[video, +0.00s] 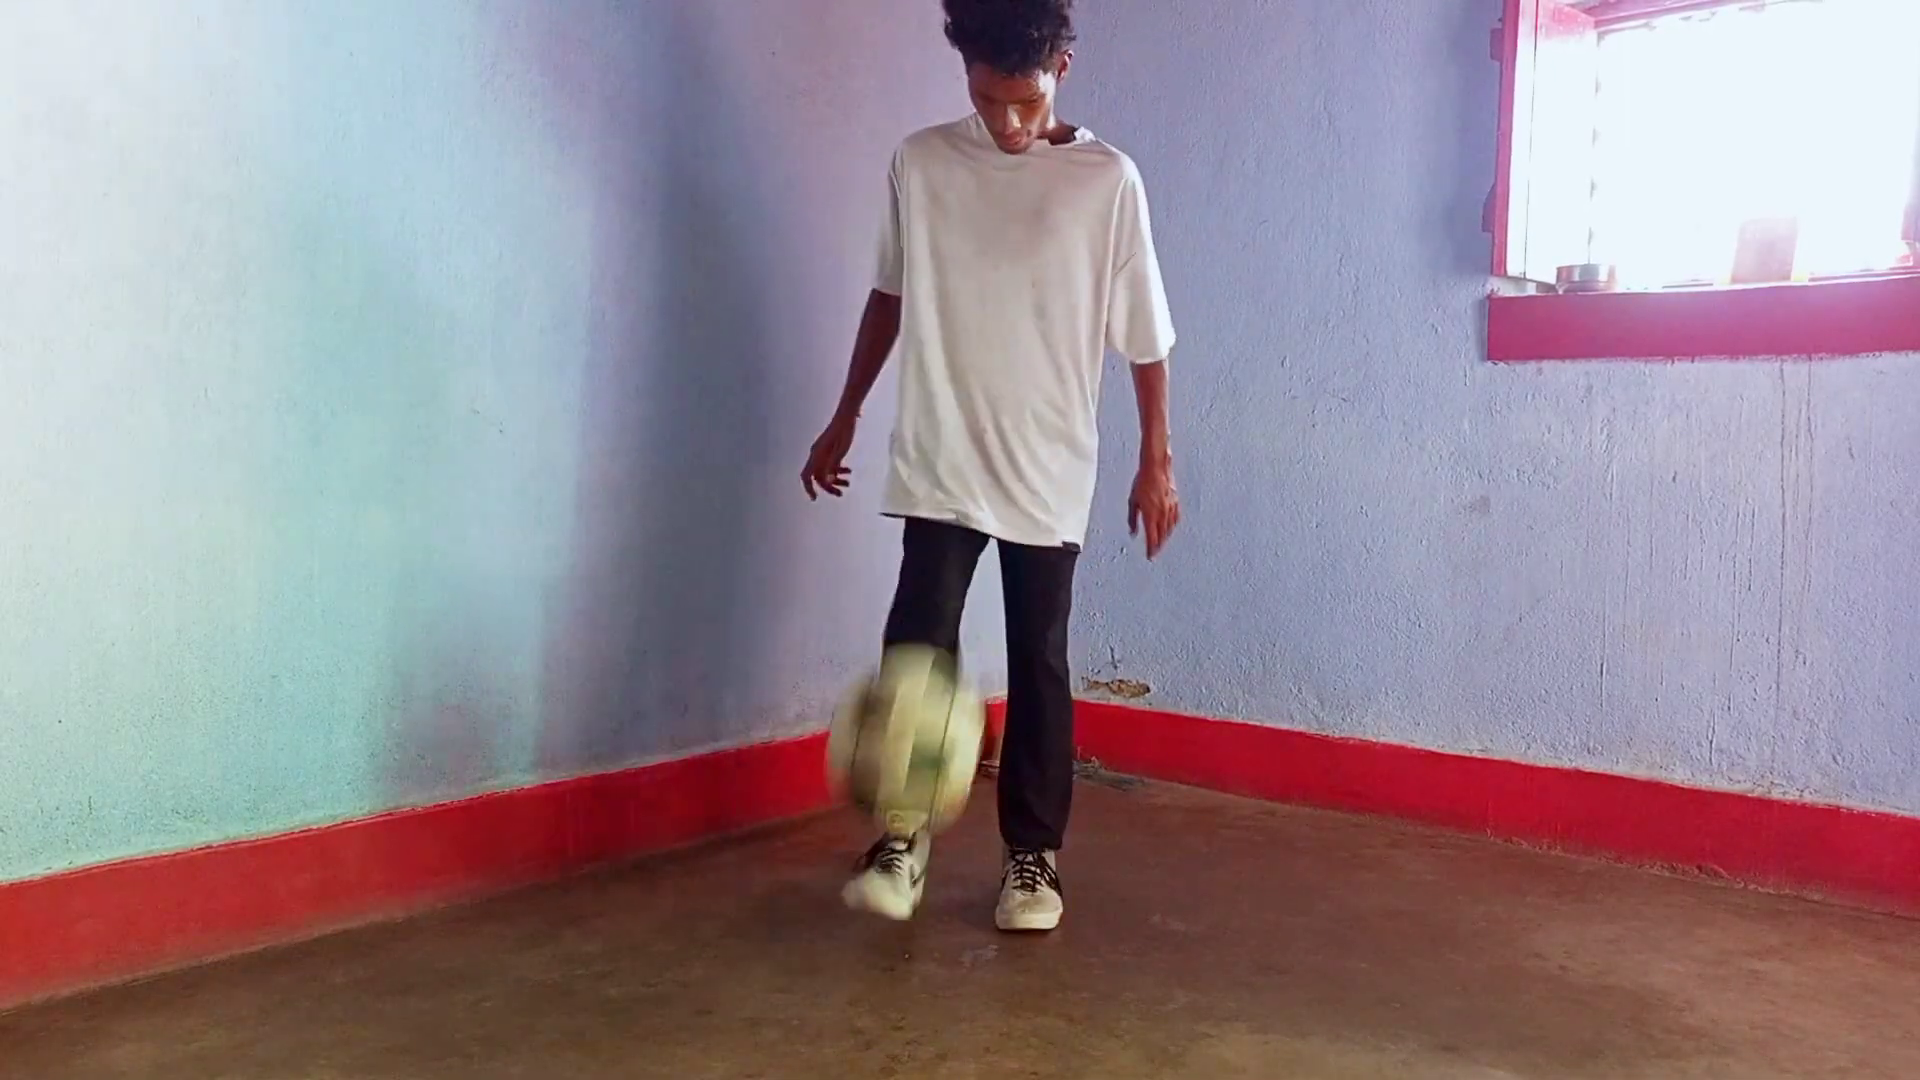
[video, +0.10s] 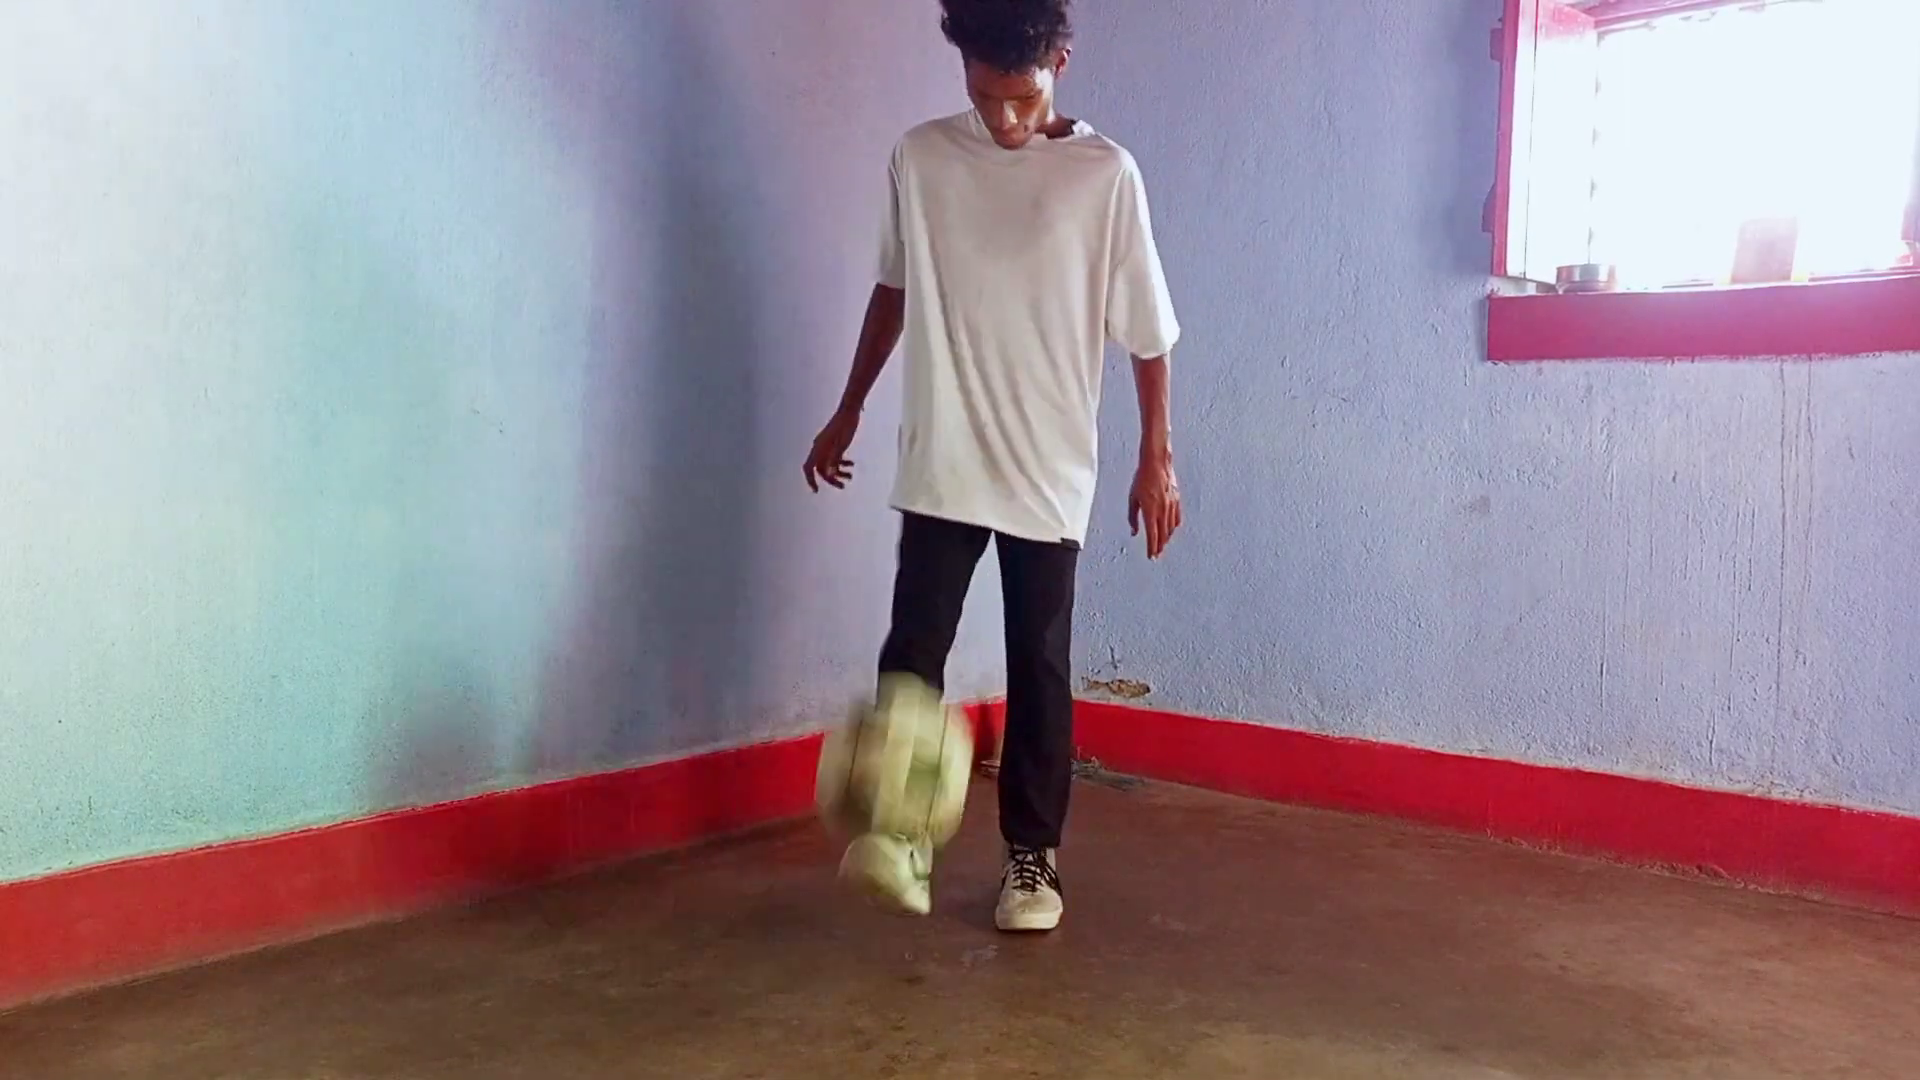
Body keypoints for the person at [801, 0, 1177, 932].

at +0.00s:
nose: (1008, 123)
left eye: (1027, 102)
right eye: (990, 101)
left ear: (1062, 69)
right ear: (964, 68)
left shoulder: (1108, 180)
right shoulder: (922, 162)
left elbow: (1144, 332)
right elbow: (889, 299)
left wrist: (1157, 460)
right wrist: (843, 418)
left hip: (1048, 459)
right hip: (941, 450)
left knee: (1039, 661)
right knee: (915, 639)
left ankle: (1032, 857)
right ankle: (901, 835)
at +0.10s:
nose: (1005, 118)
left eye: (1024, 98)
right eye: (988, 97)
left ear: (1060, 65)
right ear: (963, 66)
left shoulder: (1106, 174)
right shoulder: (922, 156)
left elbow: (1146, 327)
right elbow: (892, 294)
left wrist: (1157, 455)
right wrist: (846, 411)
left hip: (1049, 461)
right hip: (942, 450)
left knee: (1038, 665)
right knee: (912, 646)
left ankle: (1032, 859)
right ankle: (889, 833)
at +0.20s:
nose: (993, 106)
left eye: (1010, 85)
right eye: (974, 87)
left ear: (1047, 53)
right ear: (951, 61)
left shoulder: (1095, 159)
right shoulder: (912, 146)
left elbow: (1140, 314)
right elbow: (886, 287)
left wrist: (1145, 440)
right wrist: (844, 404)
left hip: (1042, 450)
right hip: (931, 442)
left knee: (1039, 663)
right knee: (917, 649)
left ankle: (1030, 857)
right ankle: (916, 843)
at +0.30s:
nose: (979, 102)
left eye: (995, 82)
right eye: (959, 83)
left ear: (1035, 51)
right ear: (937, 58)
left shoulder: (1085, 156)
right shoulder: (900, 148)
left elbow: (1129, 310)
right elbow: (877, 289)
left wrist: (1132, 436)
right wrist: (839, 408)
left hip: (1040, 452)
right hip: (926, 447)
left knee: (1033, 664)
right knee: (918, 655)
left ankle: (1031, 856)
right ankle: (924, 851)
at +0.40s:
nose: (959, 106)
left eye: (975, 85)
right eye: (939, 88)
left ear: (1007, 56)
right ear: (914, 65)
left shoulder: (1064, 156)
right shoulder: (879, 159)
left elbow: (1109, 306)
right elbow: (854, 306)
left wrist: (1113, 431)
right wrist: (823, 432)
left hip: (1026, 451)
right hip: (913, 449)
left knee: (1018, 663)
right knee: (914, 661)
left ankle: (1020, 856)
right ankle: (920, 853)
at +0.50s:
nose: (944, 113)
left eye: (958, 91)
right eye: (923, 94)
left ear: (992, 54)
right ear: (897, 72)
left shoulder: (1056, 156)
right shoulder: (871, 165)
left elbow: (1105, 306)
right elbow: (850, 314)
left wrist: (1107, 429)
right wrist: (816, 435)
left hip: (1025, 447)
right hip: (915, 450)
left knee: (1008, 654)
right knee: (916, 656)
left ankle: (1002, 844)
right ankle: (920, 851)